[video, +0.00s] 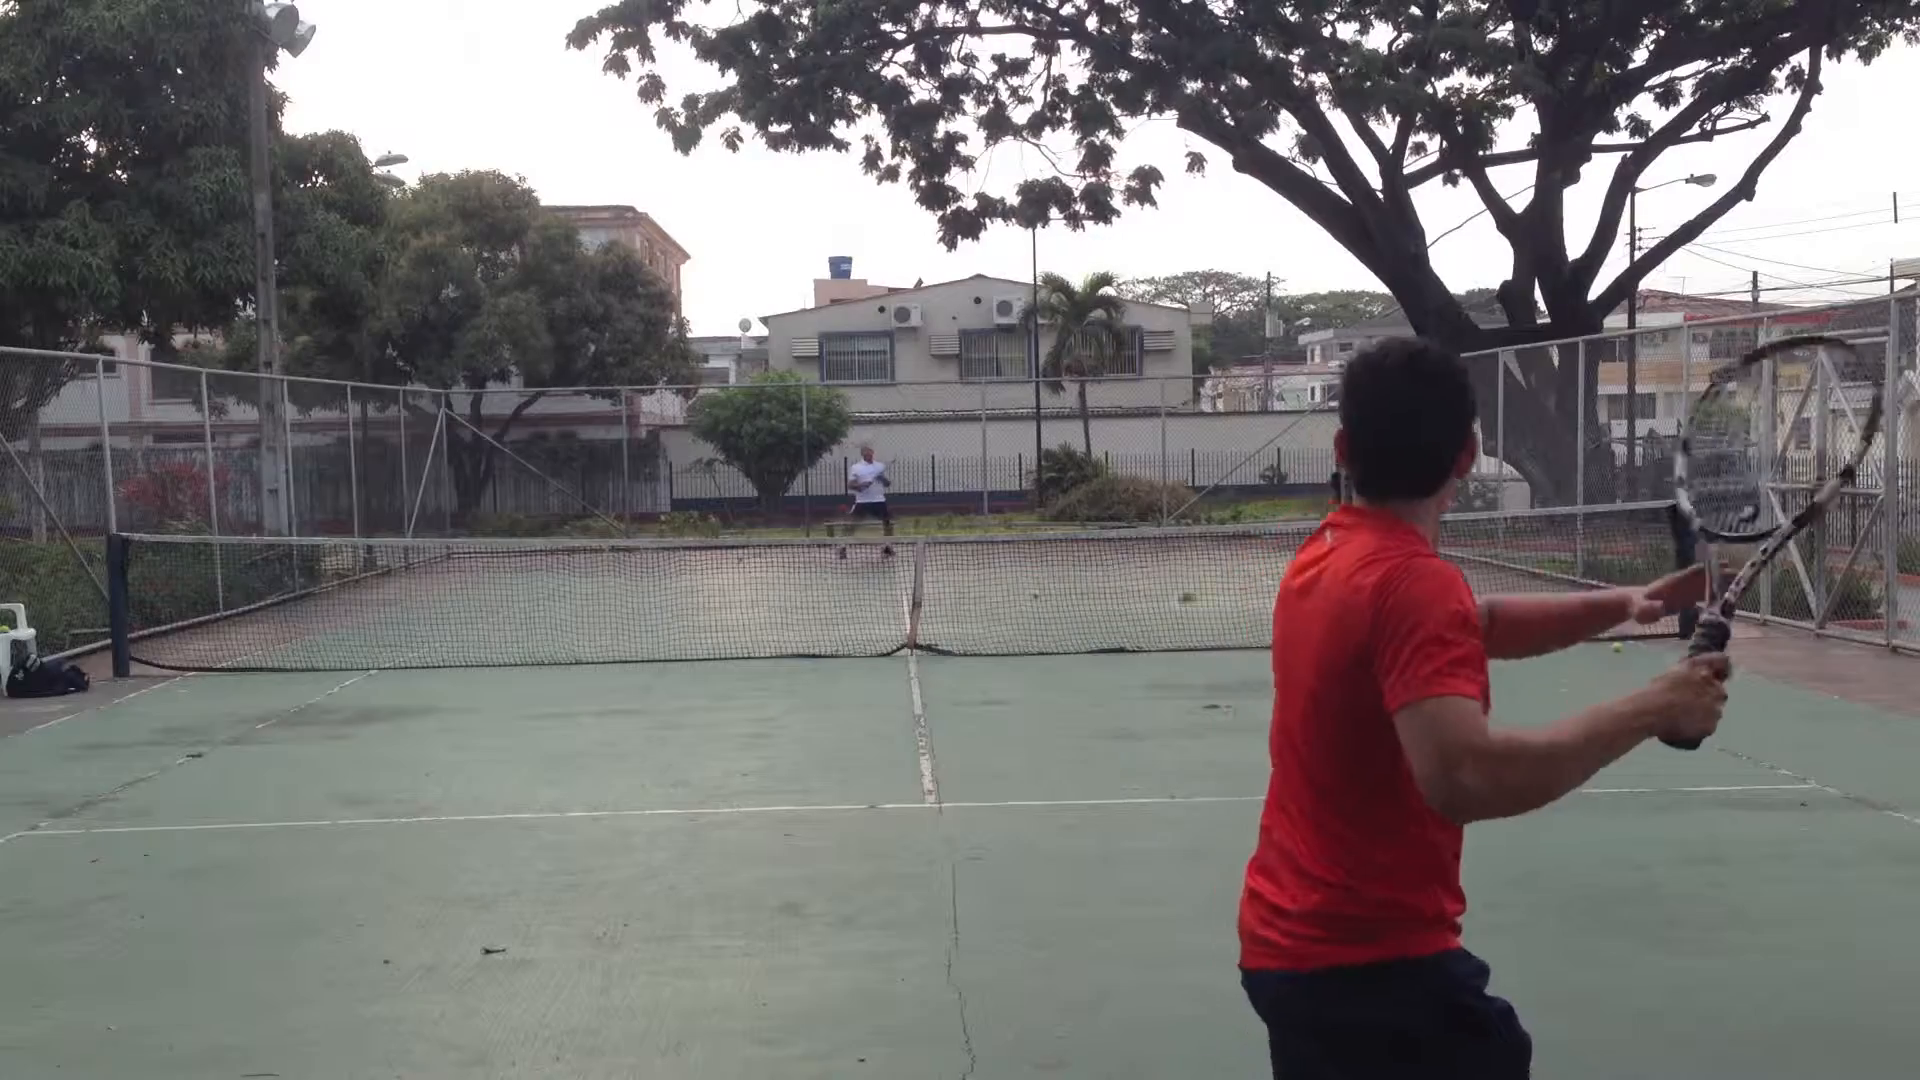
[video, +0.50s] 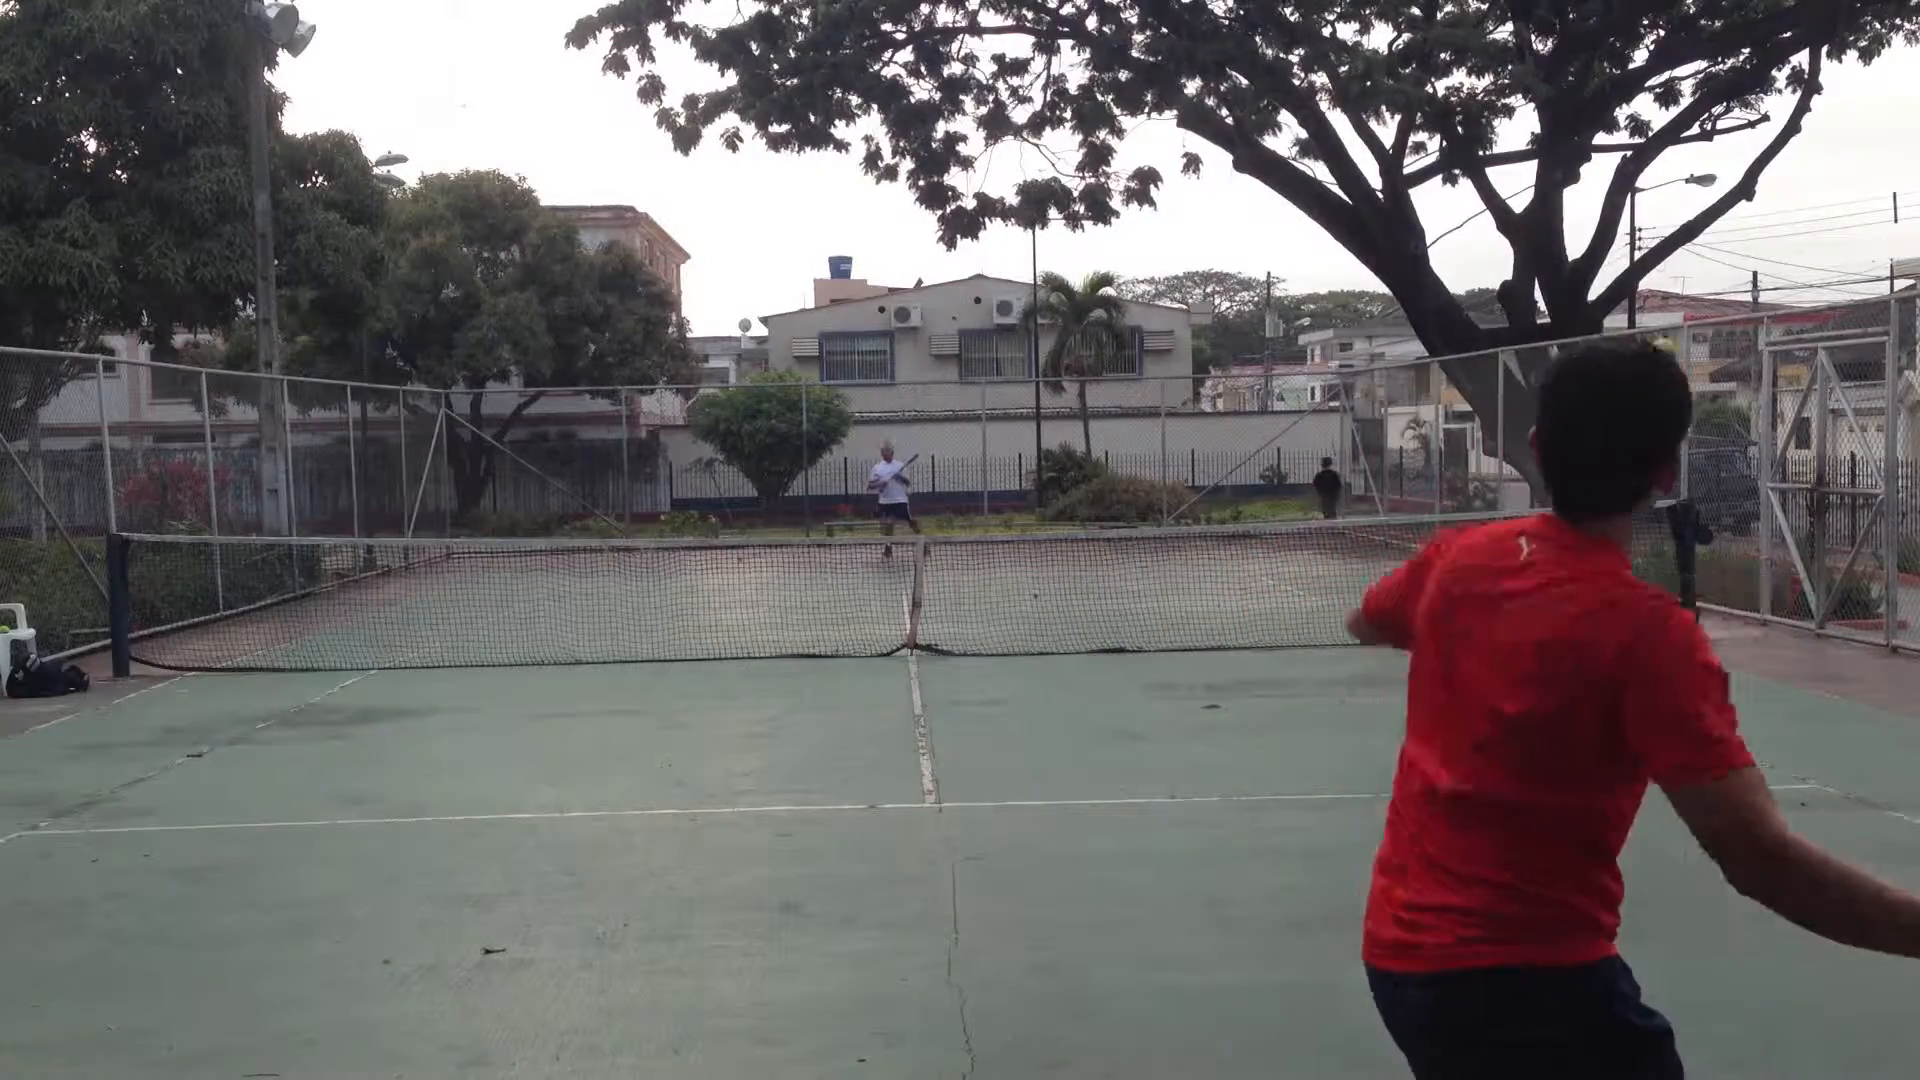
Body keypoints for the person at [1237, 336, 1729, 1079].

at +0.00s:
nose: (1472, 454)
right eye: (1473, 439)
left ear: (1341, 449)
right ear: (1466, 458)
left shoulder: (1321, 559)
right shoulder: (1415, 585)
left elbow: (1473, 624)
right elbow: (1461, 777)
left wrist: (1627, 604)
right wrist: (1650, 709)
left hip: (1293, 945)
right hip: (1377, 962)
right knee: (1497, 1056)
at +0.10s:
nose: (1513, 456)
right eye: (1514, 440)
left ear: (1382, 451)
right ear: (1509, 462)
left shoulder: (1358, 560)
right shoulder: (1454, 589)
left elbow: (1516, 614)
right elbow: (1487, 791)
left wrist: (1665, 592)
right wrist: (1704, 737)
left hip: (1322, 956)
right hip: (1410, 978)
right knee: (1538, 1060)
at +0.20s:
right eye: (1563, 434)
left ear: (1423, 448)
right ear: (1558, 459)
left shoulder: (1393, 552)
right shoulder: (1494, 593)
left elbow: (1534, 606)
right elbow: (1520, 803)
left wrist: (1701, 592)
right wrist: (1764, 787)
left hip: (1347, 957)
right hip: (1438, 980)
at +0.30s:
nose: (1608, 448)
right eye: (1610, 434)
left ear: (1470, 440)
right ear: (1602, 462)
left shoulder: (1422, 549)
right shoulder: (1540, 603)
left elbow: (1542, 598)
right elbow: (1574, 820)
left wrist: (1700, 593)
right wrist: (1829, 851)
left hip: (1365, 958)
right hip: (1463, 982)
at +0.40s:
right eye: (1652, 442)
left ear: (1507, 446)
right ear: (1642, 465)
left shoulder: (1447, 551)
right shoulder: (1595, 615)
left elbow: (1520, 611)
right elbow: (1660, 845)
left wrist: (1639, 598)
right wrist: (1896, 913)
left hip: (1380, 961)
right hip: (1495, 982)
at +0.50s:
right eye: (1677, 450)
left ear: (1535, 449)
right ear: (1667, 474)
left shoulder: (1455, 561)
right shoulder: (1649, 629)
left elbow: (1371, 619)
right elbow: (1760, 858)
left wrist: (1482, 618)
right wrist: (1913, 921)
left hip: (1408, 960)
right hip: (1541, 977)